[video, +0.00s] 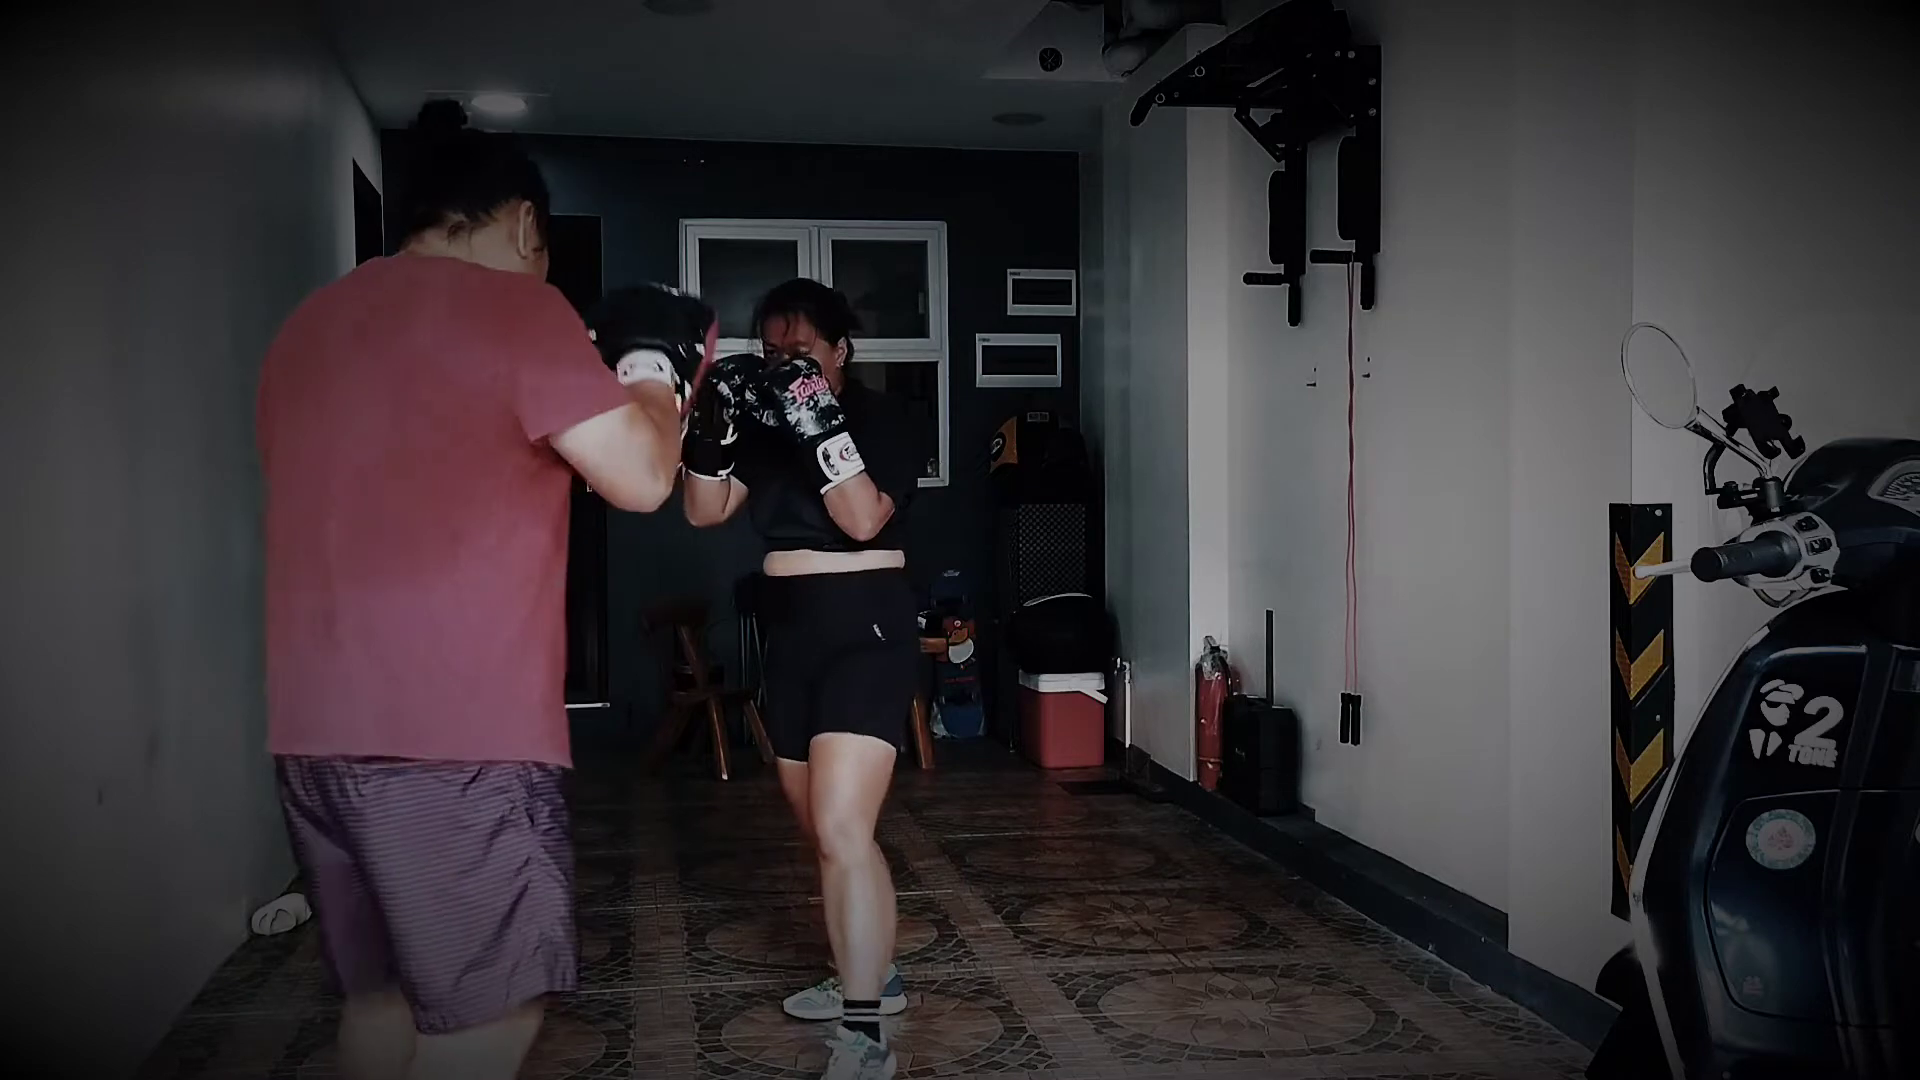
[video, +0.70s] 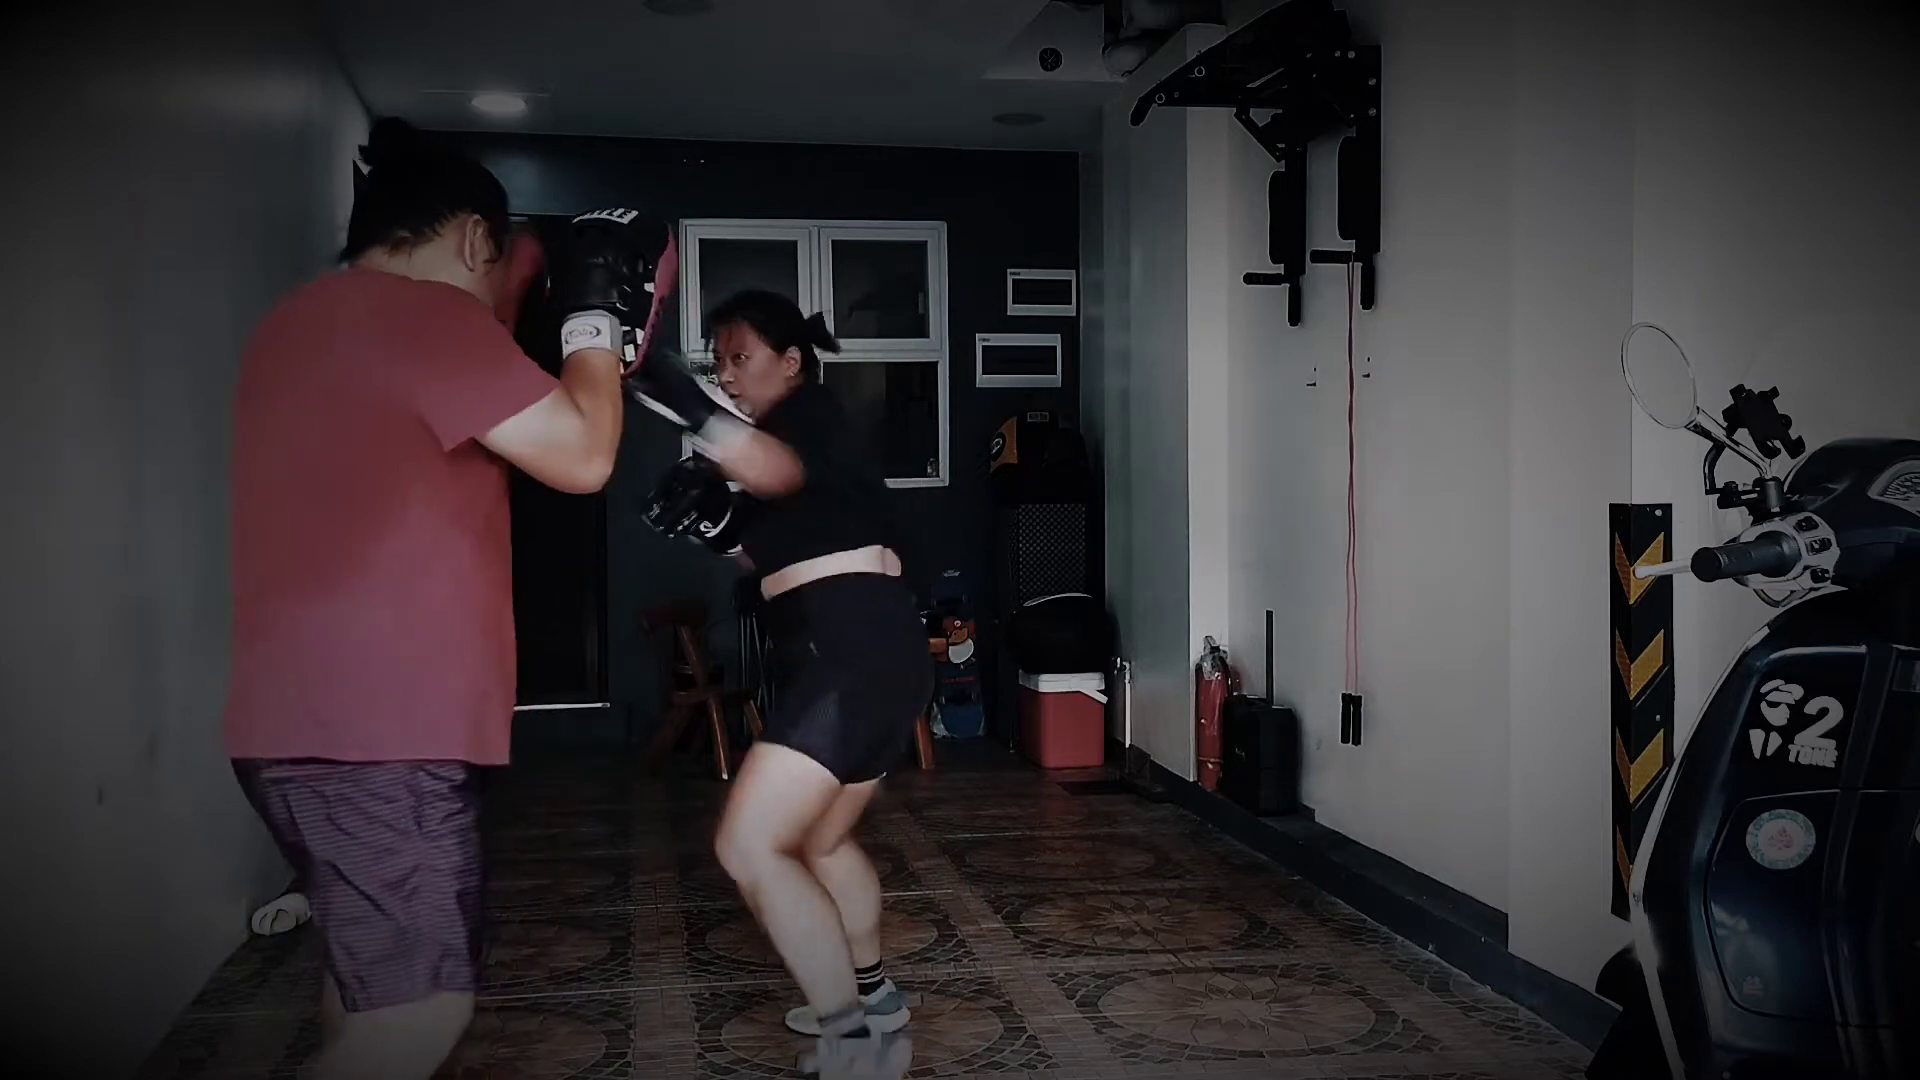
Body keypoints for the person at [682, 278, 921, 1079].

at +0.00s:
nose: (787, 364)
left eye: (802, 350)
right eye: (775, 352)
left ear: (841, 348)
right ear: (764, 354)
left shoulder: (881, 417)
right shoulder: (762, 419)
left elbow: (863, 520)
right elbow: (704, 513)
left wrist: (824, 425)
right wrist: (717, 427)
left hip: (869, 626)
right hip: (785, 629)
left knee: (843, 822)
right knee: (820, 822)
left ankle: (866, 1030)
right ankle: (870, 974)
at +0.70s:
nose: (728, 377)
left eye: (741, 358)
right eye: (721, 365)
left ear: (791, 357)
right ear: (727, 371)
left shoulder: (812, 414)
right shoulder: (798, 434)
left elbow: (771, 469)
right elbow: (779, 559)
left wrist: (690, 405)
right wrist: (721, 523)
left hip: (848, 649)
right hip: (881, 648)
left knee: (748, 841)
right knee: (823, 840)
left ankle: (849, 1033)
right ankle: (871, 990)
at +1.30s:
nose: (744, 385)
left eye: (760, 367)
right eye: (739, 368)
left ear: (814, 370)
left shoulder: (840, 433)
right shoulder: (775, 443)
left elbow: (740, 500)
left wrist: (664, 430)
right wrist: (721, 528)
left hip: (872, 682)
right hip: (804, 674)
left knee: (764, 896)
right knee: (812, 867)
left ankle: (836, 1074)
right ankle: (884, 995)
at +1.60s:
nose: (845, 390)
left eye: (867, 375)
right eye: (838, 371)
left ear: (915, 384)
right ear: (829, 371)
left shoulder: (949, 468)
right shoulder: (805, 439)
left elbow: (943, 604)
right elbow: (693, 464)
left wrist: (896, 514)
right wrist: (663, 386)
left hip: (895, 692)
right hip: (805, 685)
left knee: (811, 892)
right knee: (801, 882)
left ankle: (844, 1070)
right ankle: (914, 1007)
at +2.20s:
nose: (923, 362)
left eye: (927, 348)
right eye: (925, 348)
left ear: (957, 352)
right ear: (999, 353)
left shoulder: (939, 428)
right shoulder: (1050, 428)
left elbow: (849, 528)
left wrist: (845, 484)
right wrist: (892, 484)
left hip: (961, 667)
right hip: (1035, 667)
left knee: (894, 881)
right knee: (958, 870)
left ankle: (996, 1051)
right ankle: (947, 1012)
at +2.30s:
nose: (939, 350)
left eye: (942, 336)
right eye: (941, 335)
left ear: (967, 343)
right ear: (1022, 340)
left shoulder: (946, 426)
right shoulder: (1068, 420)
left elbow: (861, 525)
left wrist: (873, 450)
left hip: (983, 674)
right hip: (1068, 669)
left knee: (931, 882)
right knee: (1002, 864)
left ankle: (1000, 1058)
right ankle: (984, 1016)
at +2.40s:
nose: (961, 328)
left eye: (968, 315)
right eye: (965, 314)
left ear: (996, 327)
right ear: (1051, 322)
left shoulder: (968, 409)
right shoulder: (1100, 411)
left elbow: (885, 512)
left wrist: (896, 439)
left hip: (1004, 652)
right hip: (1095, 647)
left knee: (967, 871)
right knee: (1062, 843)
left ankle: (1008, 1060)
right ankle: (1077, 1025)